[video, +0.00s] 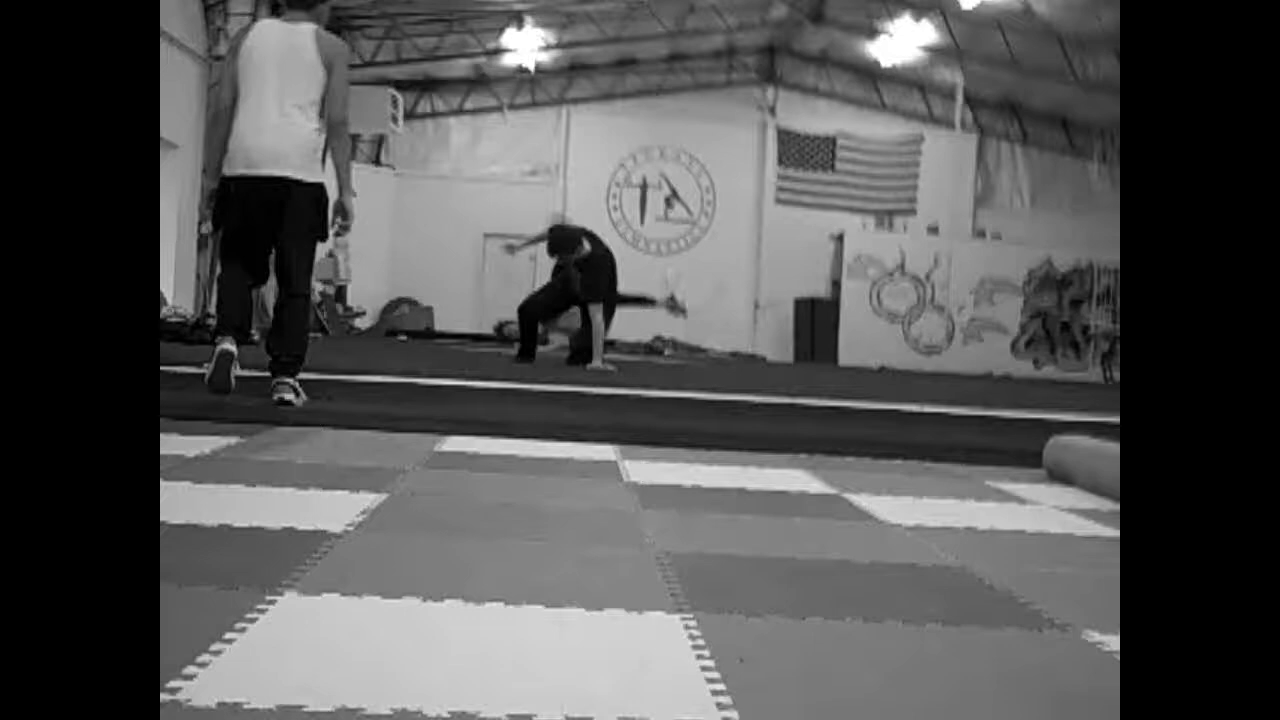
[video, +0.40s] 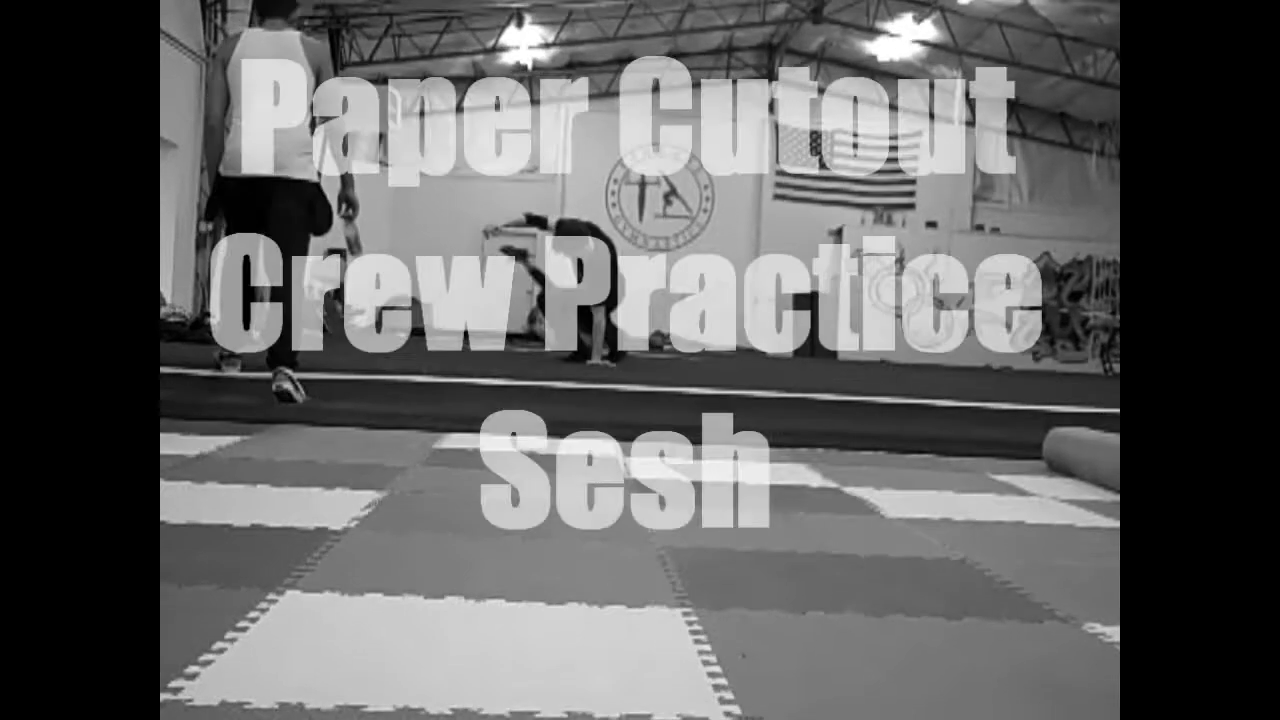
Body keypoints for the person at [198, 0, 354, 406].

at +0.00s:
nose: (328, 12)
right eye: (327, 8)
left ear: (280, 3)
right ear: (323, 7)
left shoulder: (246, 37)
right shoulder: (333, 47)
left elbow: (221, 110)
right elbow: (337, 123)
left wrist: (212, 177)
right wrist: (346, 191)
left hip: (245, 177)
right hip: (301, 181)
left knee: (239, 266)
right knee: (296, 283)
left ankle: (228, 339)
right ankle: (285, 379)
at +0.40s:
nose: (291, 16)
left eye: (269, 13)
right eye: (294, 11)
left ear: (256, 10)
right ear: (295, 11)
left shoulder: (229, 46)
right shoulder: (314, 48)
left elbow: (214, 121)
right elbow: (336, 121)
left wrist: (215, 182)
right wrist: (348, 183)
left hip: (239, 180)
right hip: (292, 181)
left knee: (237, 267)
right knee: (288, 276)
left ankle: (230, 347)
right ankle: (283, 368)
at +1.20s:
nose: (281, 10)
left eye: (267, 9)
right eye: (281, 7)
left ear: (245, 7)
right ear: (279, 7)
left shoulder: (219, 45)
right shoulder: (291, 42)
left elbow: (203, 118)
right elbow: (308, 116)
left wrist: (201, 176)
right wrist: (318, 170)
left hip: (232, 173)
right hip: (285, 175)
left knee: (232, 263)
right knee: (291, 261)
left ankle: (232, 352)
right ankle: (298, 342)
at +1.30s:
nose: (294, 14)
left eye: (290, 10)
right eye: (293, 10)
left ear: (254, 11)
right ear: (289, 11)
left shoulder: (225, 49)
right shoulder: (300, 48)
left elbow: (214, 121)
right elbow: (310, 121)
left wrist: (209, 182)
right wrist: (320, 176)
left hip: (236, 175)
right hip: (288, 178)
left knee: (234, 263)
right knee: (292, 262)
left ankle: (234, 350)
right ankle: (298, 344)